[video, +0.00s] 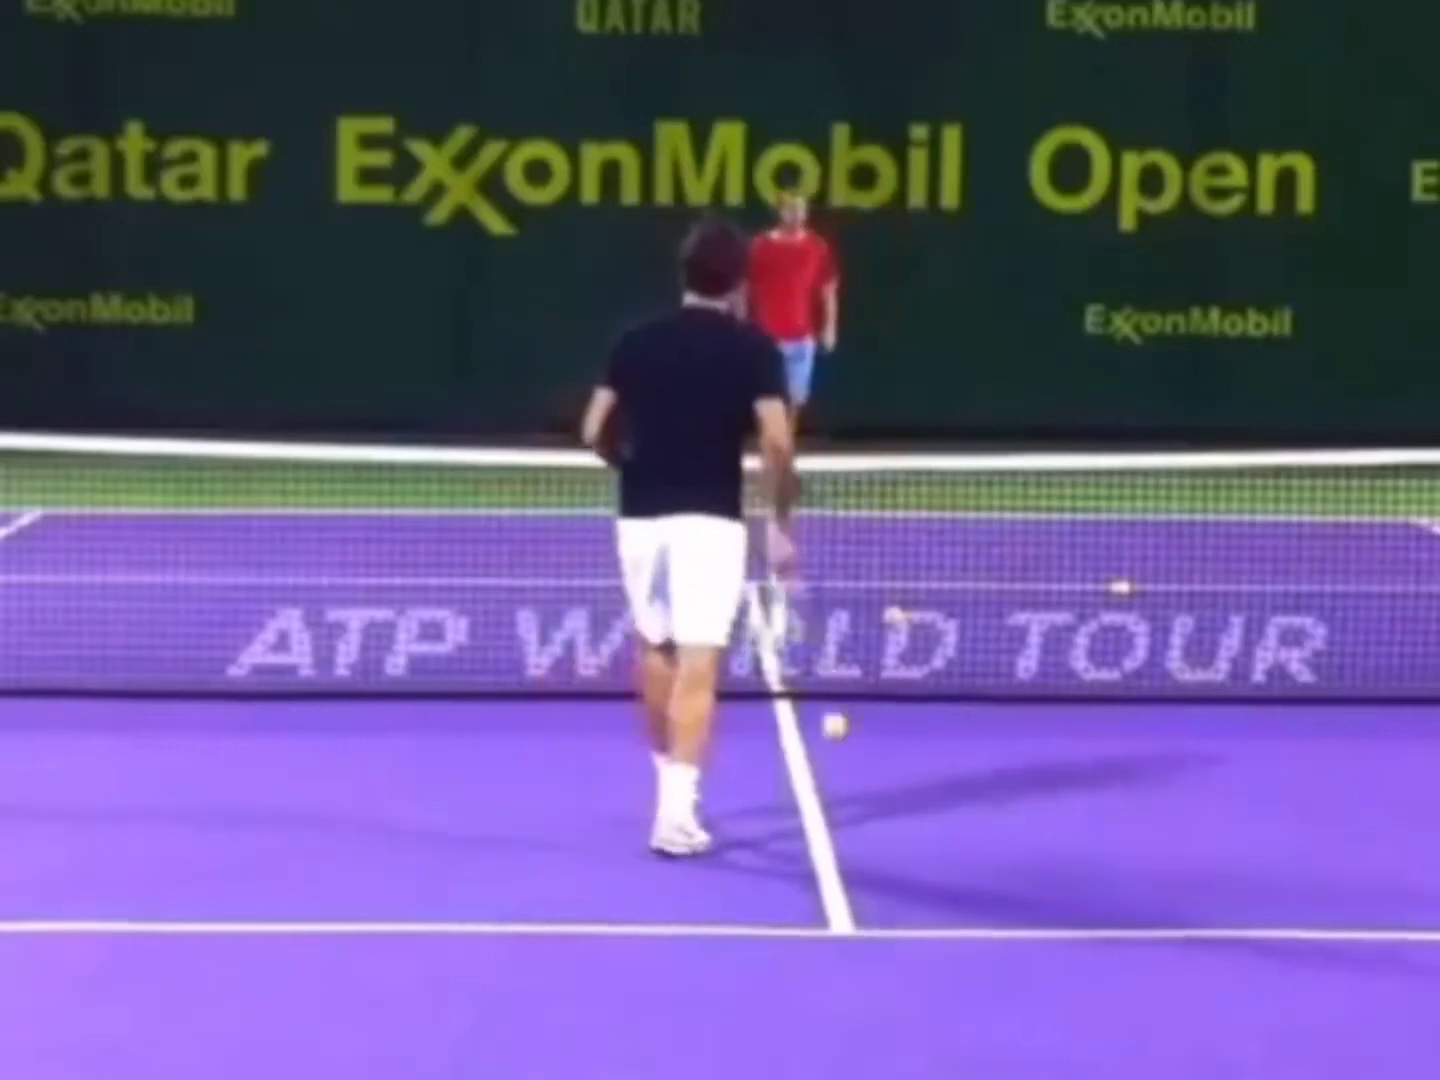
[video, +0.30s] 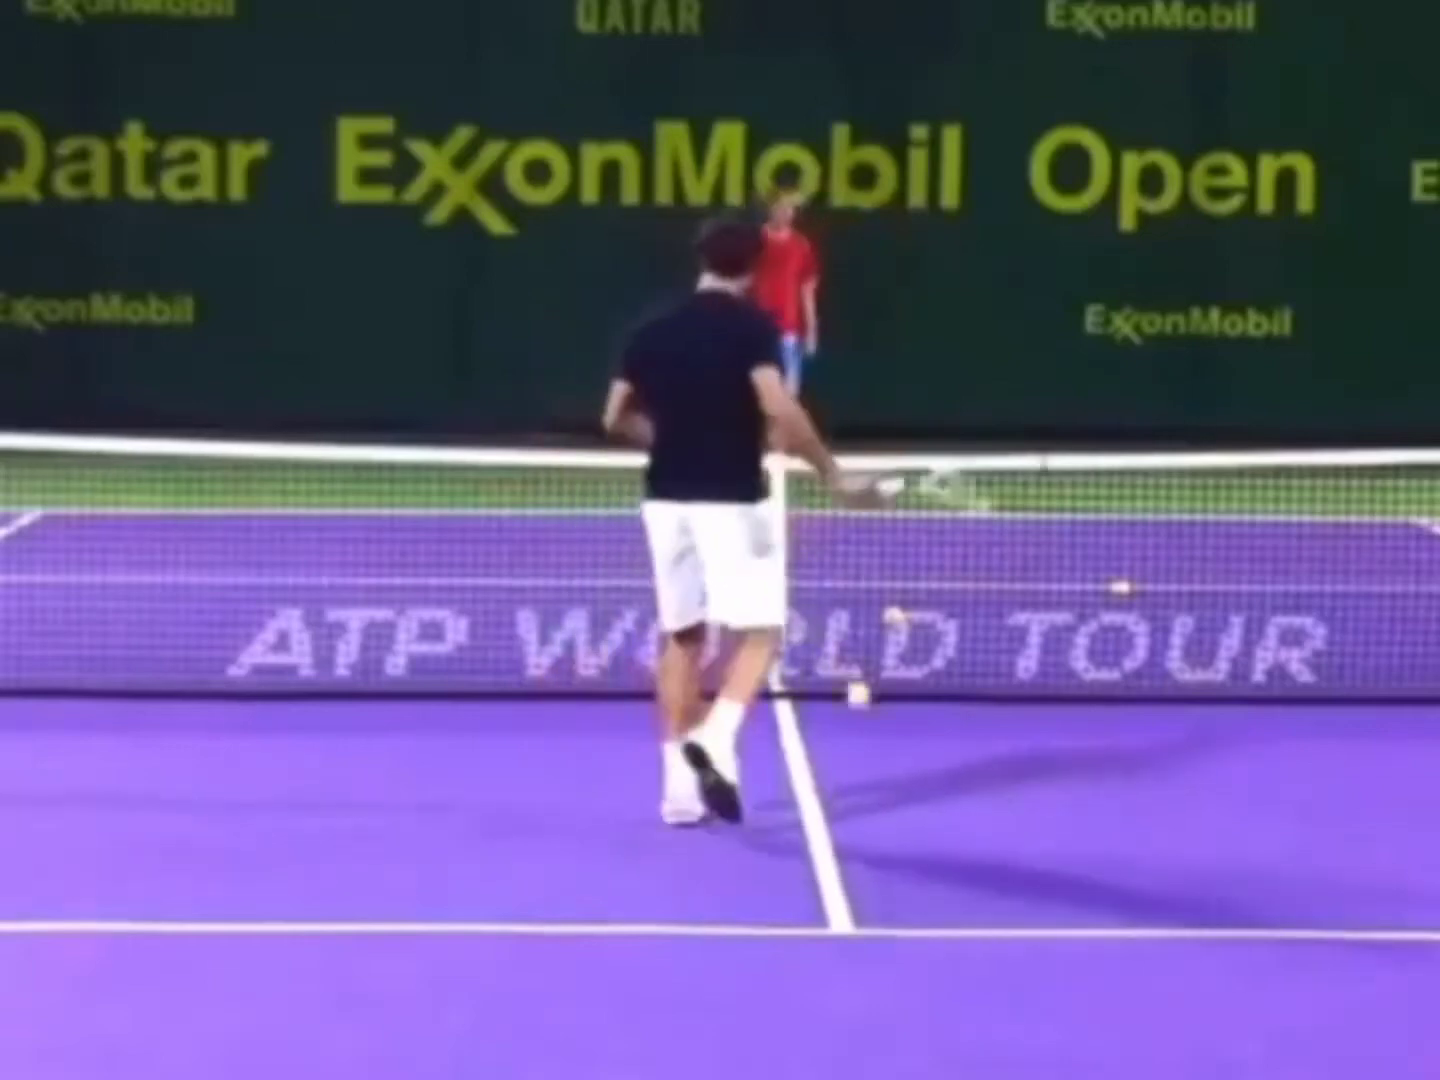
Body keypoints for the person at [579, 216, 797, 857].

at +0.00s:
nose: (740, 289)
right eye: (741, 279)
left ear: (683, 277)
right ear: (738, 283)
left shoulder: (641, 338)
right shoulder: (752, 348)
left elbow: (594, 428)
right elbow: (777, 444)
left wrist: (633, 459)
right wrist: (781, 519)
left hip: (640, 517)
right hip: (712, 519)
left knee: (657, 652)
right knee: (698, 666)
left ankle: (670, 784)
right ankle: (675, 808)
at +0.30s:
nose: (754, 280)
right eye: (755, 269)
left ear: (701, 264)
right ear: (752, 270)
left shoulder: (657, 325)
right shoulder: (753, 326)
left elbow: (616, 418)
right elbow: (779, 408)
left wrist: (670, 437)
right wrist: (827, 467)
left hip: (666, 500)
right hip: (733, 500)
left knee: (680, 637)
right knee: (760, 630)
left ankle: (678, 780)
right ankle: (717, 736)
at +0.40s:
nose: (773, 279)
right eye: (773, 267)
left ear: (715, 258)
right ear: (764, 267)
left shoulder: (670, 319)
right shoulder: (757, 321)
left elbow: (628, 405)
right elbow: (787, 402)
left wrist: (676, 429)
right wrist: (864, 449)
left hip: (676, 497)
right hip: (744, 498)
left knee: (684, 631)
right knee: (772, 626)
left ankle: (677, 785)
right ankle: (741, 754)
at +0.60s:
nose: (811, 302)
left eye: (809, 290)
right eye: (812, 293)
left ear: (763, 272)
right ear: (805, 288)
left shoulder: (702, 325)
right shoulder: (790, 337)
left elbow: (652, 406)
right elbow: (831, 417)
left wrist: (706, 434)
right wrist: (919, 441)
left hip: (697, 503)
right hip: (767, 509)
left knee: (690, 635)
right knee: (786, 637)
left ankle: (678, 775)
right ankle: (809, 751)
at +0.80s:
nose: (870, 337)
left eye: (870, 326)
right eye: (872, 327)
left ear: (820, 304)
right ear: (865, 323)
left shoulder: (757, 339)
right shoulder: (848, 368)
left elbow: (693, 406)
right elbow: (883, 463)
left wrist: (717, 459)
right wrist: (949, 507)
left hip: (730, 513)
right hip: (800, 522)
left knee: (706, 638)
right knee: (821, 634)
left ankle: (683, 767)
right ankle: (824, 762)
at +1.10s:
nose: (915, 367)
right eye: (917, 359)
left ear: (878, 324)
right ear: (913, 355)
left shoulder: (821, 328)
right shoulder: (895, 396)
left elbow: (750, 338)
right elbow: (899, 510)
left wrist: (723, 414)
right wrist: (913, 601)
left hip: (762, 463)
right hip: (827, 488)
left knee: (725, 595)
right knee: (825, 619)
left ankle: (688, 720)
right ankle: (824, 759)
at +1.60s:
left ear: (874, 280)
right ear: (921, 305)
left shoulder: (829, 304)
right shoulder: (909, 361)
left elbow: (778, 352)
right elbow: (890, 458)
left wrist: (768, 422)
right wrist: (867, 474)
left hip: (784, 465)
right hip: (849, 485)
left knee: (745, 590)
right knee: (836, 618)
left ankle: (742, 723)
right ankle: (827, 757)